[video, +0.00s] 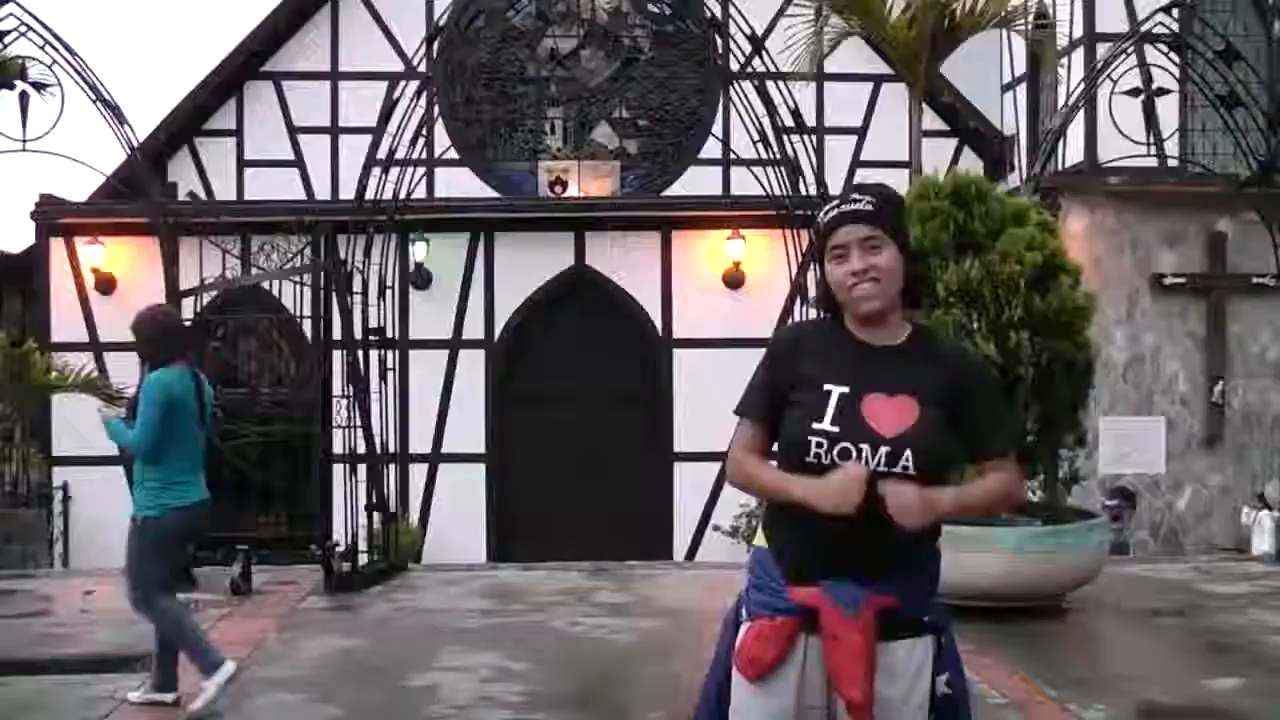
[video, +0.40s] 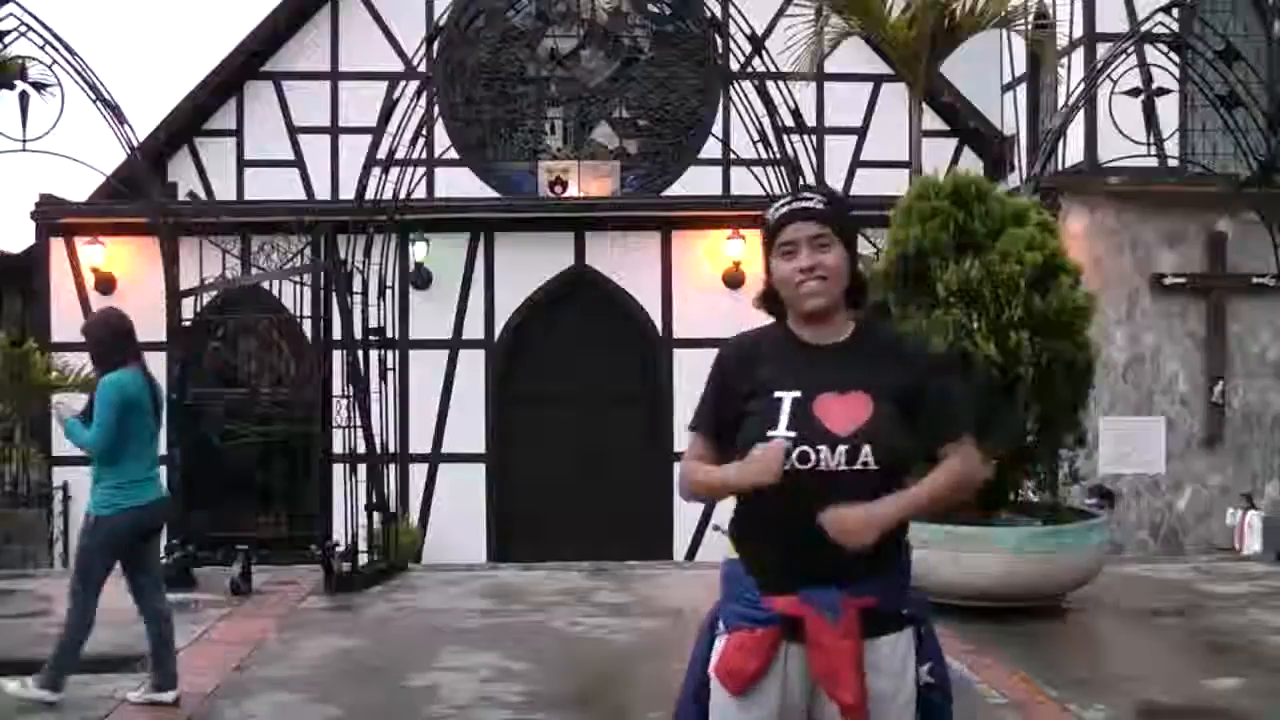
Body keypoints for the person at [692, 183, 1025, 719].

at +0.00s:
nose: (857, 266)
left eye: (873, 248)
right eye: (840, 255)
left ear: (905, 260)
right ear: (825, 274)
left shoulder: (954, 368)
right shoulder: (794, 349)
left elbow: (1008, 484)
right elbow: (740, 461)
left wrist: (937, 502)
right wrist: (810, 490)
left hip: (899, 622)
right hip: (784, 613)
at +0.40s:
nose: (806, 264)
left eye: (821, 246)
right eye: (788, 252)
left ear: (851, 260)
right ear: (770, 272)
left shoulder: (902, 357)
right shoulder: (743, 358)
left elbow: (968, 464)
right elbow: (691, 477)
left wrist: (882, 513)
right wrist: (740, 474)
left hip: (872, 613)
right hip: (761, 613)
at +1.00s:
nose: (680, 274)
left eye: (690, 255)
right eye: (657, 262)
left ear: (711, 261)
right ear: (632, 281)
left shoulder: (752, 339)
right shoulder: (619, 386)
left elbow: (820, 423)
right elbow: (589, 517)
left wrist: (807, 449)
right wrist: (685, 564)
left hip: (769, 614)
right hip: (675, 630)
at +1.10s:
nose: (683, 276)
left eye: (693, 256)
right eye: (660, 265)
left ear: (713, 262)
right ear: (635, 286)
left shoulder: (754, 342)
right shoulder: (620, 389)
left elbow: (822, 427)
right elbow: (593, 520)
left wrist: (807, 441)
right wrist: (688, 569)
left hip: (768, 613)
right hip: (673, 628)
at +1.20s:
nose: (697, 271)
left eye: (707, 254)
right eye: (675, 261)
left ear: (728, 263)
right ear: (650, 282)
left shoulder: (765, 344)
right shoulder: (630, 381)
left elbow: (825, 431)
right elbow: (609, 509)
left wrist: (809, 465)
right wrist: (717, 533)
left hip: (769, 600)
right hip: (671, 611)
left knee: (797, 707)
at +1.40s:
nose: (730, 267)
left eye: (741, 250)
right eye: (709, 257)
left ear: (761, 261)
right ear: (684, 278)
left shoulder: (803, 353)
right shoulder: (660, 366)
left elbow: (847, 445)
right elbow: (637, 486)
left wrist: (832, 509)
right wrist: (745, 469)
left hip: (785, 590)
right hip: (688, 595)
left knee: (802, 710)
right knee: (693, 708)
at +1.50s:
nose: (765, 271)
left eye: (776, 254)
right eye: (745, 260)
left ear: (797, 264)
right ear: (720, 279)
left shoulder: (827, 359)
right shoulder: (691, 363)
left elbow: (870, 453)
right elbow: (656, 480)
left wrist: (856, 481)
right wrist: (765, 479)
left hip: (804, 580)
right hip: (712, 583)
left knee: (815, 709)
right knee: (714, 709)